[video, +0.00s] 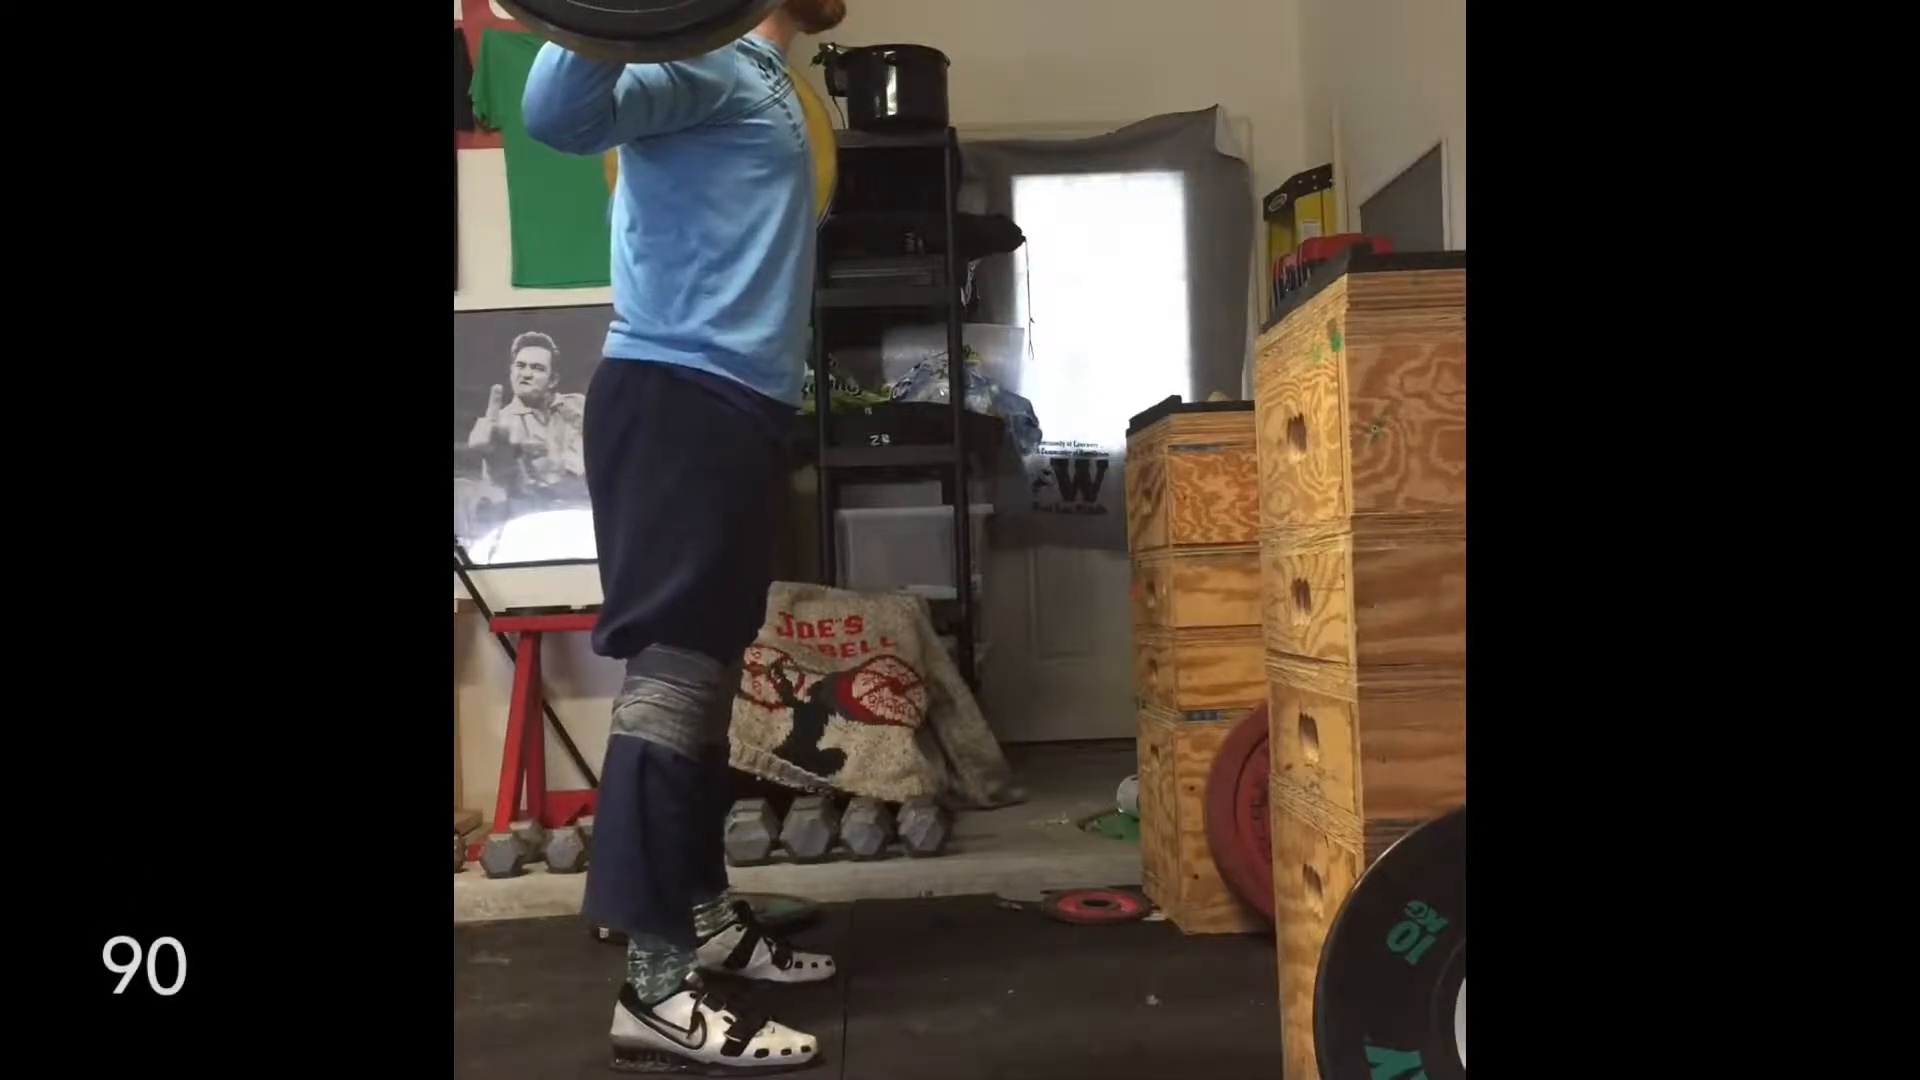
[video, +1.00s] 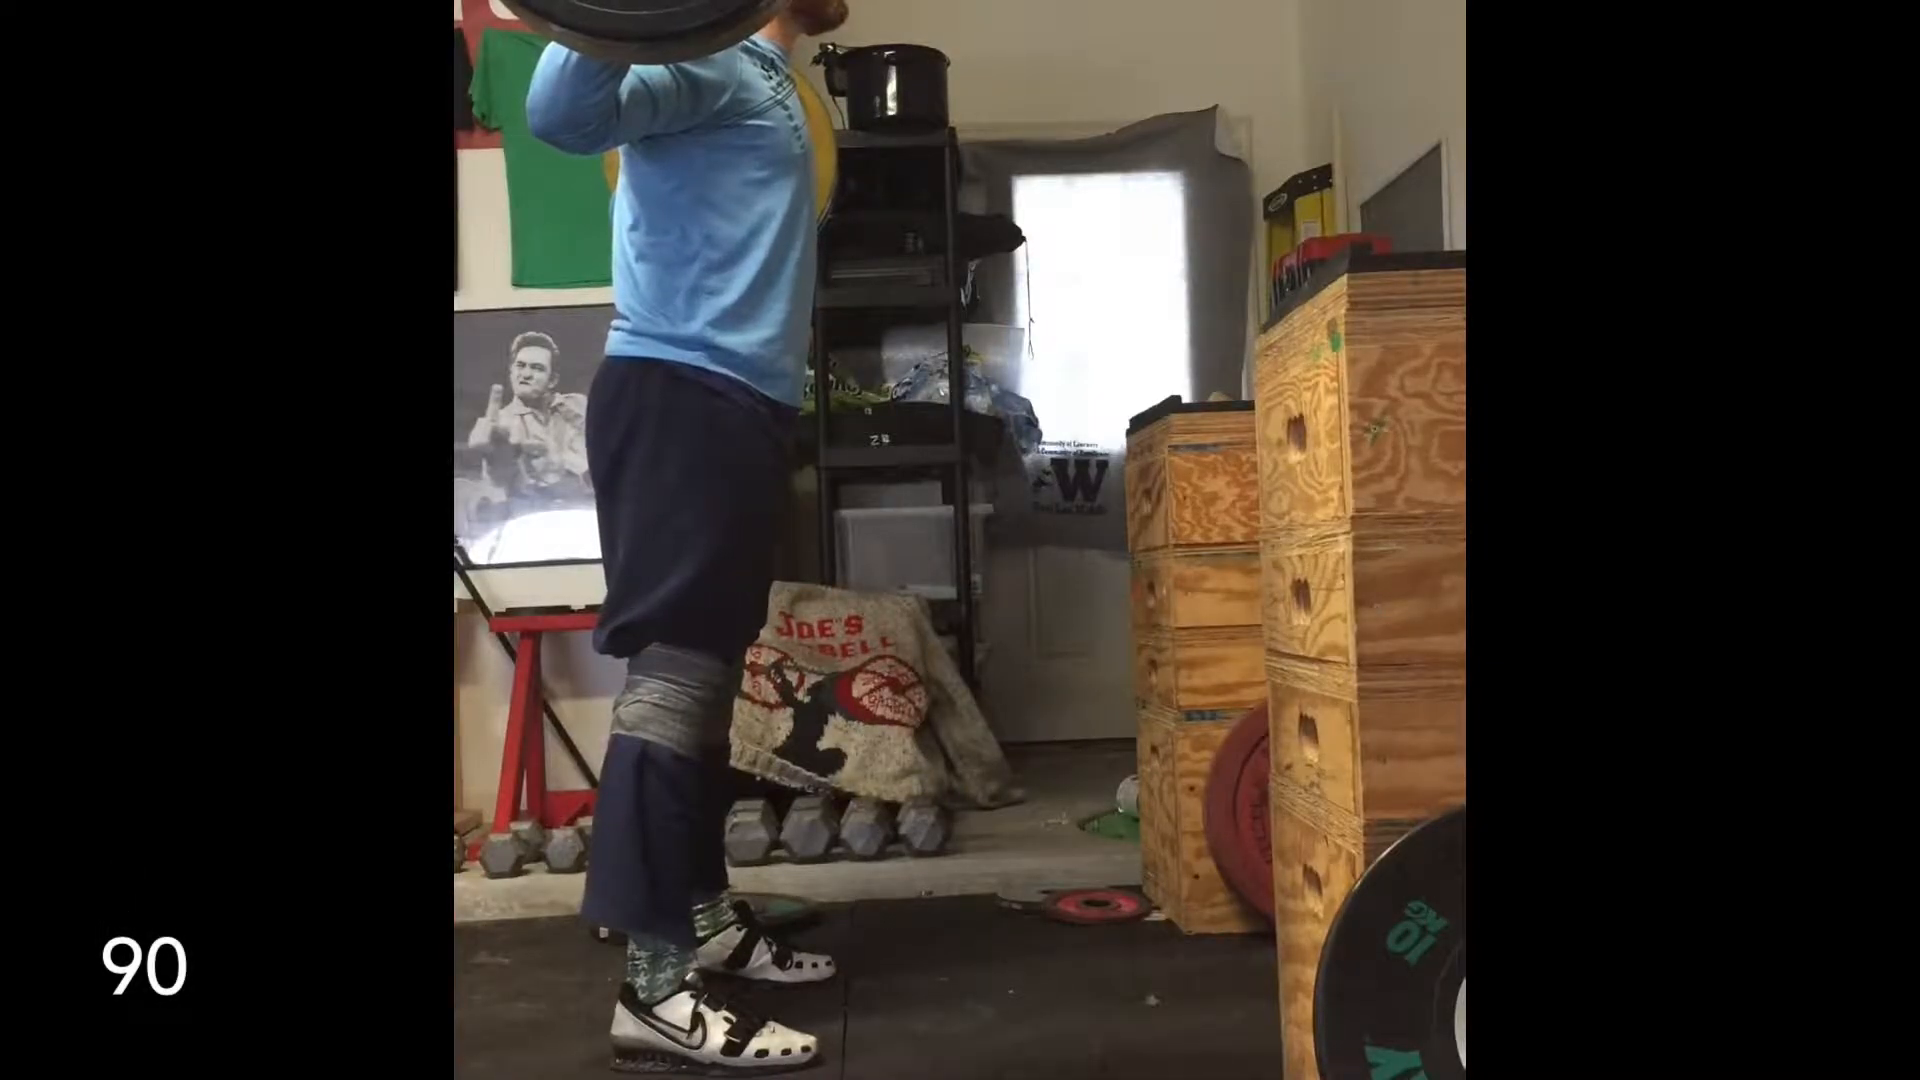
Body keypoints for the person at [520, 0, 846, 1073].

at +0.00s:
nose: (840, 7)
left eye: (839, 1)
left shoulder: (769, 79)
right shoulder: (703, 65)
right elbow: (555, 115)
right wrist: (611, 4)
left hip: (735, 406)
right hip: (680, 400)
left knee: (705, 673)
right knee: (676, 678)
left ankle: (701, 919)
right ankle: (656, 981)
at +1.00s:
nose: (841, 7)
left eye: (839, 1)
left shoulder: (774, 81)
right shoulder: (708, 65)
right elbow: (558, 115)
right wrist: (619, 3)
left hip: (737, 406)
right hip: (682, 399)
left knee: (706, 671)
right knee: (676, 677)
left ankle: (702, 914)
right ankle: (656, 978)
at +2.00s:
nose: (848, 5)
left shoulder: (780, 80)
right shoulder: (716, 66)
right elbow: (566, 115)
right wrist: (620, 0)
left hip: (741, 407)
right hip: (686, 400)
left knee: (708, 674)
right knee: (677, 681)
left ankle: (701, 916)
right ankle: (657, 981)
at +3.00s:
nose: (841, 65)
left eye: (839, 48)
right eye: (826, 50)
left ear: (803, 65)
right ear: (778, 60)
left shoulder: (806, 160)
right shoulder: (736, 150)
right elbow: (587, 207)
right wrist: (638, 82)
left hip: (734, 458)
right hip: (683, 456)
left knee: (815, 684)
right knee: (816, 693)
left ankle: (728, 921)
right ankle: (673, 979)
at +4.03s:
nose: (904, 365)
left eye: (904, 346)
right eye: (891, 343)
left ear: (842, 342)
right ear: (831, 335)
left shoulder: (839, 449)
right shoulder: (754, 404)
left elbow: (765, 622)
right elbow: (750, 272)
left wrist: (849, 682)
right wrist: (738, 128)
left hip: (712, 701)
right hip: (627, 704)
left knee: (870, 725)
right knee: (851, 753)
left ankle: (748, 928)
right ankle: (678, 988)